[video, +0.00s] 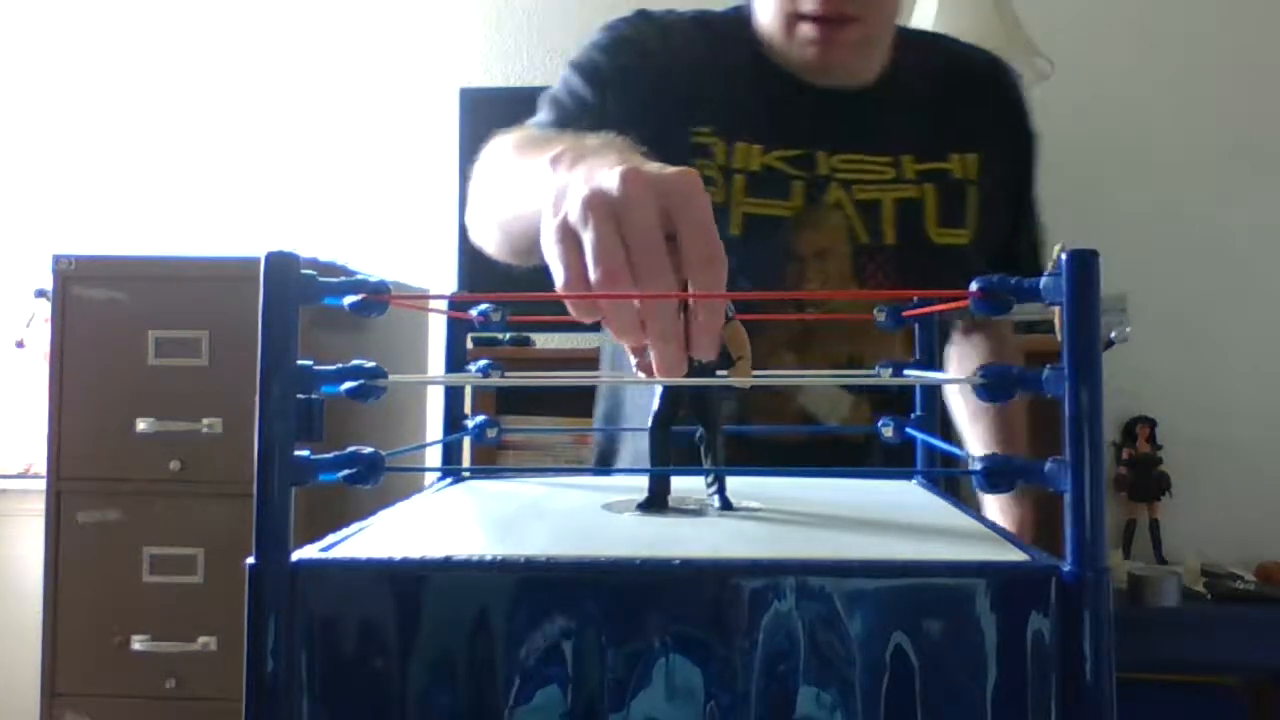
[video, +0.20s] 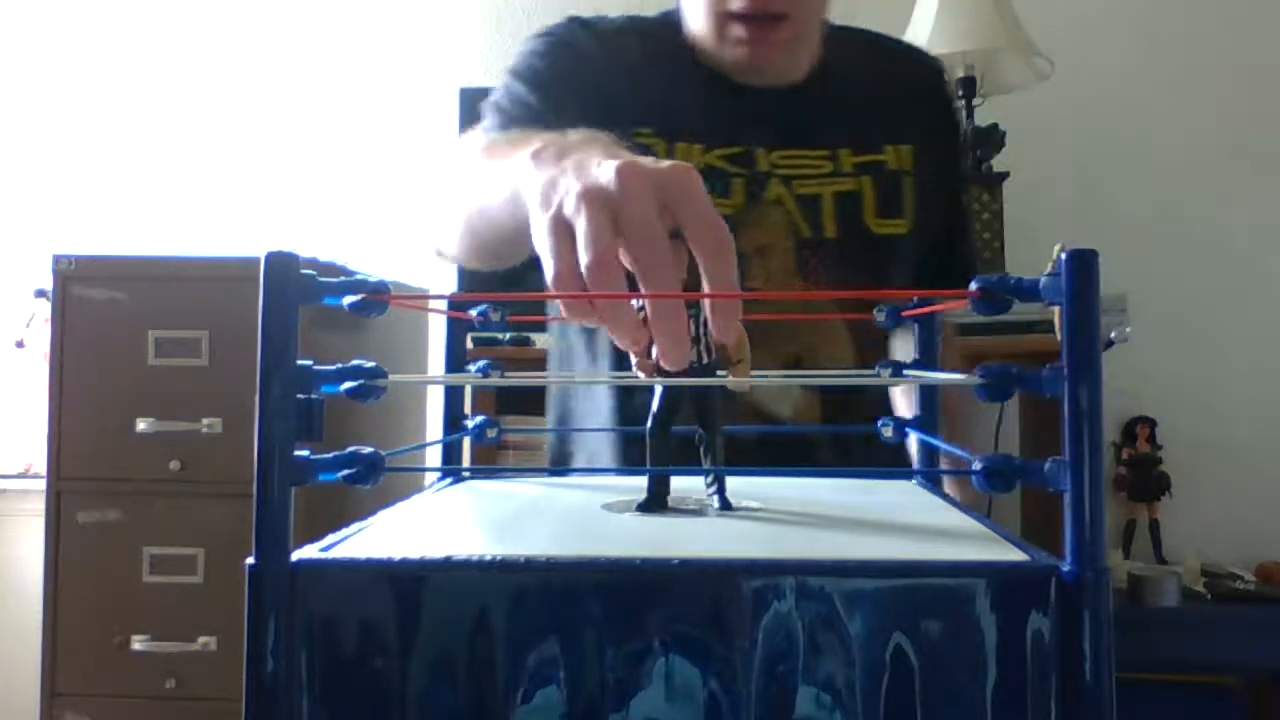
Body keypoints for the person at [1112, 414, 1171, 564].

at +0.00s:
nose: (1145, 431)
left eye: (1148, 428)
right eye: (1142, 428)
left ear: (1151, 431)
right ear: (1136, 430)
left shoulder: (1153, 447)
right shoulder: (1129, 446)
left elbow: (1158, 464)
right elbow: (1124, 464)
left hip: (1152, 483)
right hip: (1134, 483)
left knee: (1154, 518)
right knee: (1132, 517)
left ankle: (1159, 555)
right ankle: (1126, 554)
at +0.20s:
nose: (1145, 431)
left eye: (1148, 428)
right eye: (1142, 427)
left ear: (1151, 431)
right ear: (1136, 430)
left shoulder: (1153, 447)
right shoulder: (1129, 446)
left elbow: (1157, 464)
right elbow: (1124, 464)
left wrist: (1137, 459)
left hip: (1152, 483)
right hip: (1134, 483)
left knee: (1154, 517)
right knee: (1132, 517)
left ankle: (1159, 555)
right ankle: (1126, 554)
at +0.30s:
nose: (1145, 431)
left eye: (1148, 428)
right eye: (1142, 427)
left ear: (1151, 431)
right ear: (1135, 430)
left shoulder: (1154, 448)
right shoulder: (1129, 446)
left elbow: (1157, 464)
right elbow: (1124, 464)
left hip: (1152, 483)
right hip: (1134, 483)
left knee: (1154, 517)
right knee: (1132, 516)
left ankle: (1159, 555)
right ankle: (1126, 554)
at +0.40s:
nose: (1145, 431)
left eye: (1148, 428)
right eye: (1142, 427)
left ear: (1151, 431)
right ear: (1135, 429)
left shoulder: (1153, 448)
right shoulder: (1129, 446)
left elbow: (1158, 464)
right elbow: (1124, 465)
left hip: (1152, 483)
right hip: (1134, 483)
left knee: (1154, 517)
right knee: (1132, 516)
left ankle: (1159, 555)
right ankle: (1126, 554)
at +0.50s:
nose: (1146, 432)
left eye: (1148, 428)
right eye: (1143, 428)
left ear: (1151, 431)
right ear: (1137, 430)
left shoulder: (1153, 446)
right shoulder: (1129, 446)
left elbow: (1158, 463)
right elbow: (1125, 463)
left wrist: (1136, 458)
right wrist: (1148, 460)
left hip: (1152, 483)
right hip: (1134, 483)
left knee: (1154, 517)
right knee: (1132, 517)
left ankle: (1159, 556)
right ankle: (1126, 555)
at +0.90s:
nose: (1146, 432)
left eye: (1148, 428)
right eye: (1143, 428)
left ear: (1151, 431)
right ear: (1136, 430)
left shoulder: (1153, 446)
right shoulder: (1129, 446)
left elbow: (1157, 463)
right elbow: (1124, 463)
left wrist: (1136, 459)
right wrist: (1149, 460)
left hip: (1152, 483)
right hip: (1133, 483)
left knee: (1154, 518)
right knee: (1132, 517)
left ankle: (1159, 556)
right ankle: (1126, 555)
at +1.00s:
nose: (1144, 431)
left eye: (1147, 428)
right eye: (1142, 428)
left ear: (1150, 431)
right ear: (1136, 430)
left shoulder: (1153, 448)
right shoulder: (1129, 447)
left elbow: (1158, 465)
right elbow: (1124, 466)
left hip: (1152, 484)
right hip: (1133, 483)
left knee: (1154, 517)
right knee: (1133, 516)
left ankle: (1159, 556)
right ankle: (1126, 555)